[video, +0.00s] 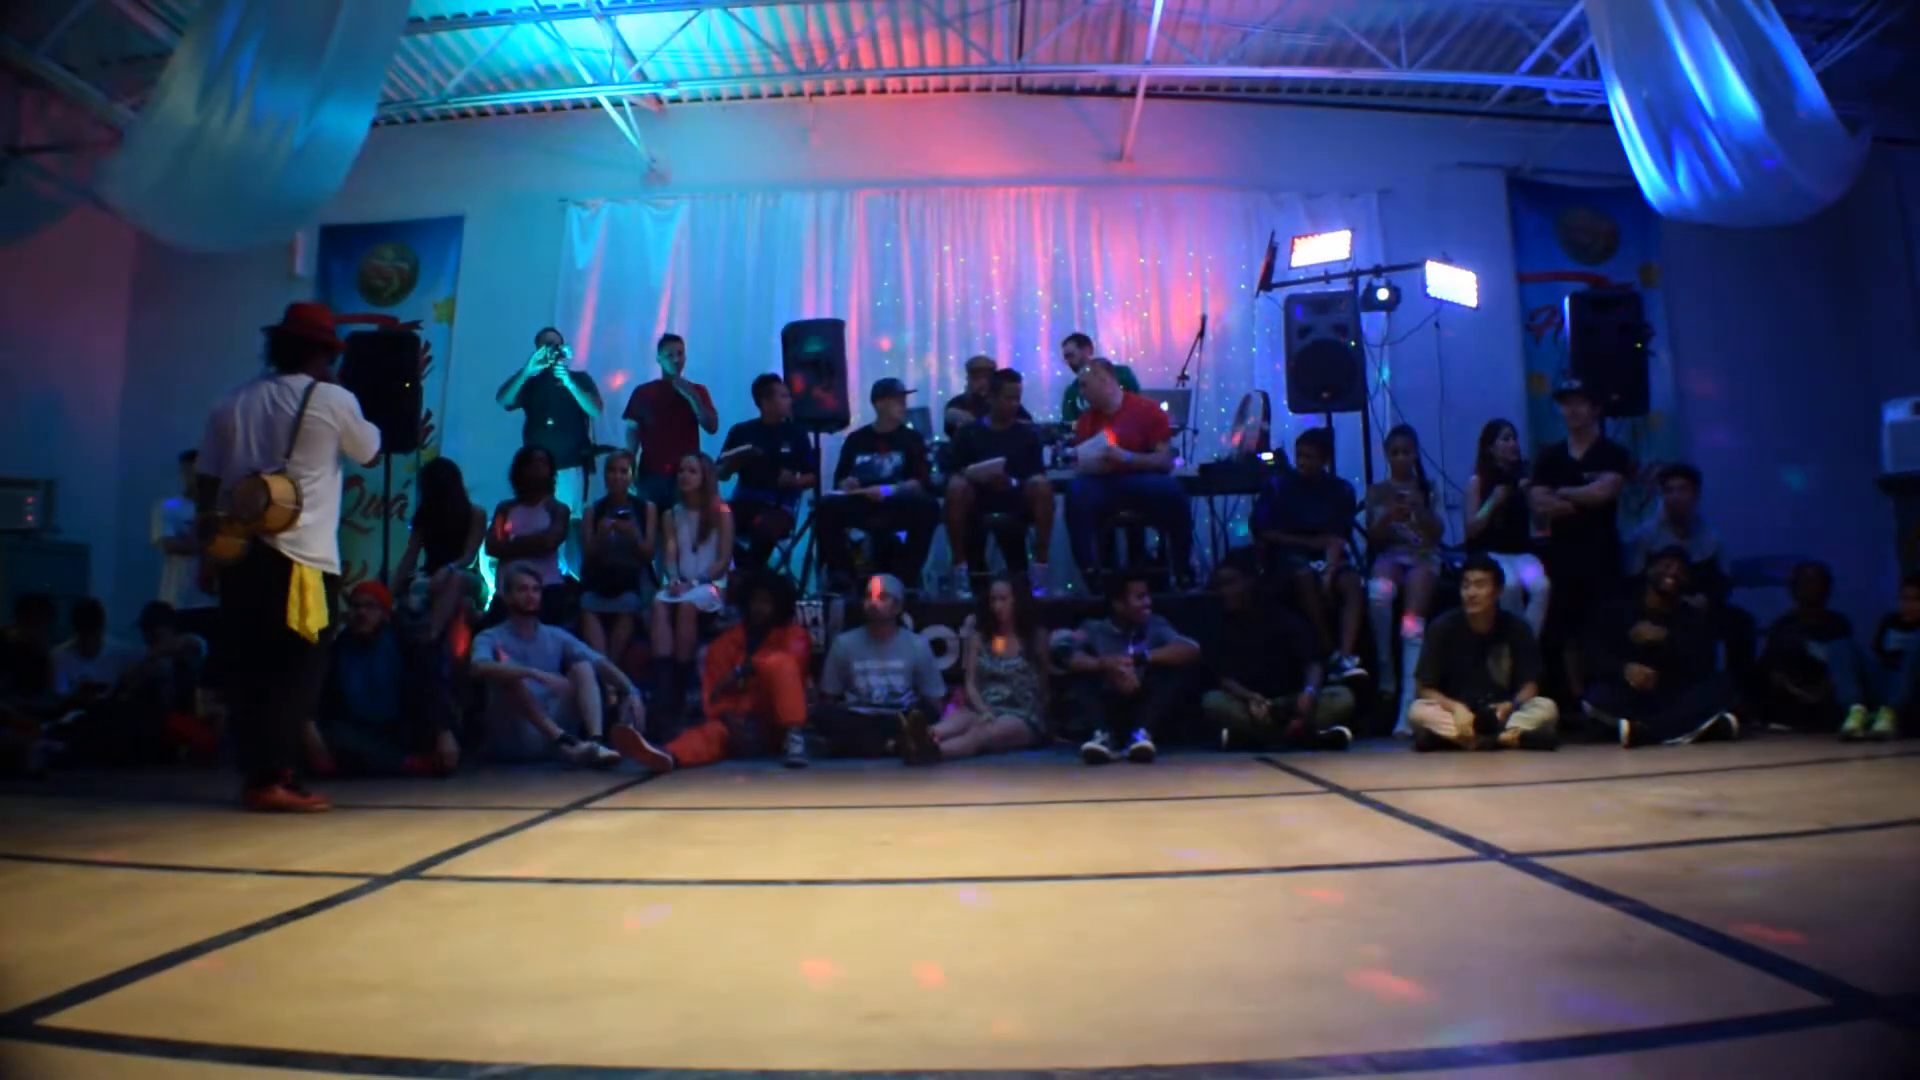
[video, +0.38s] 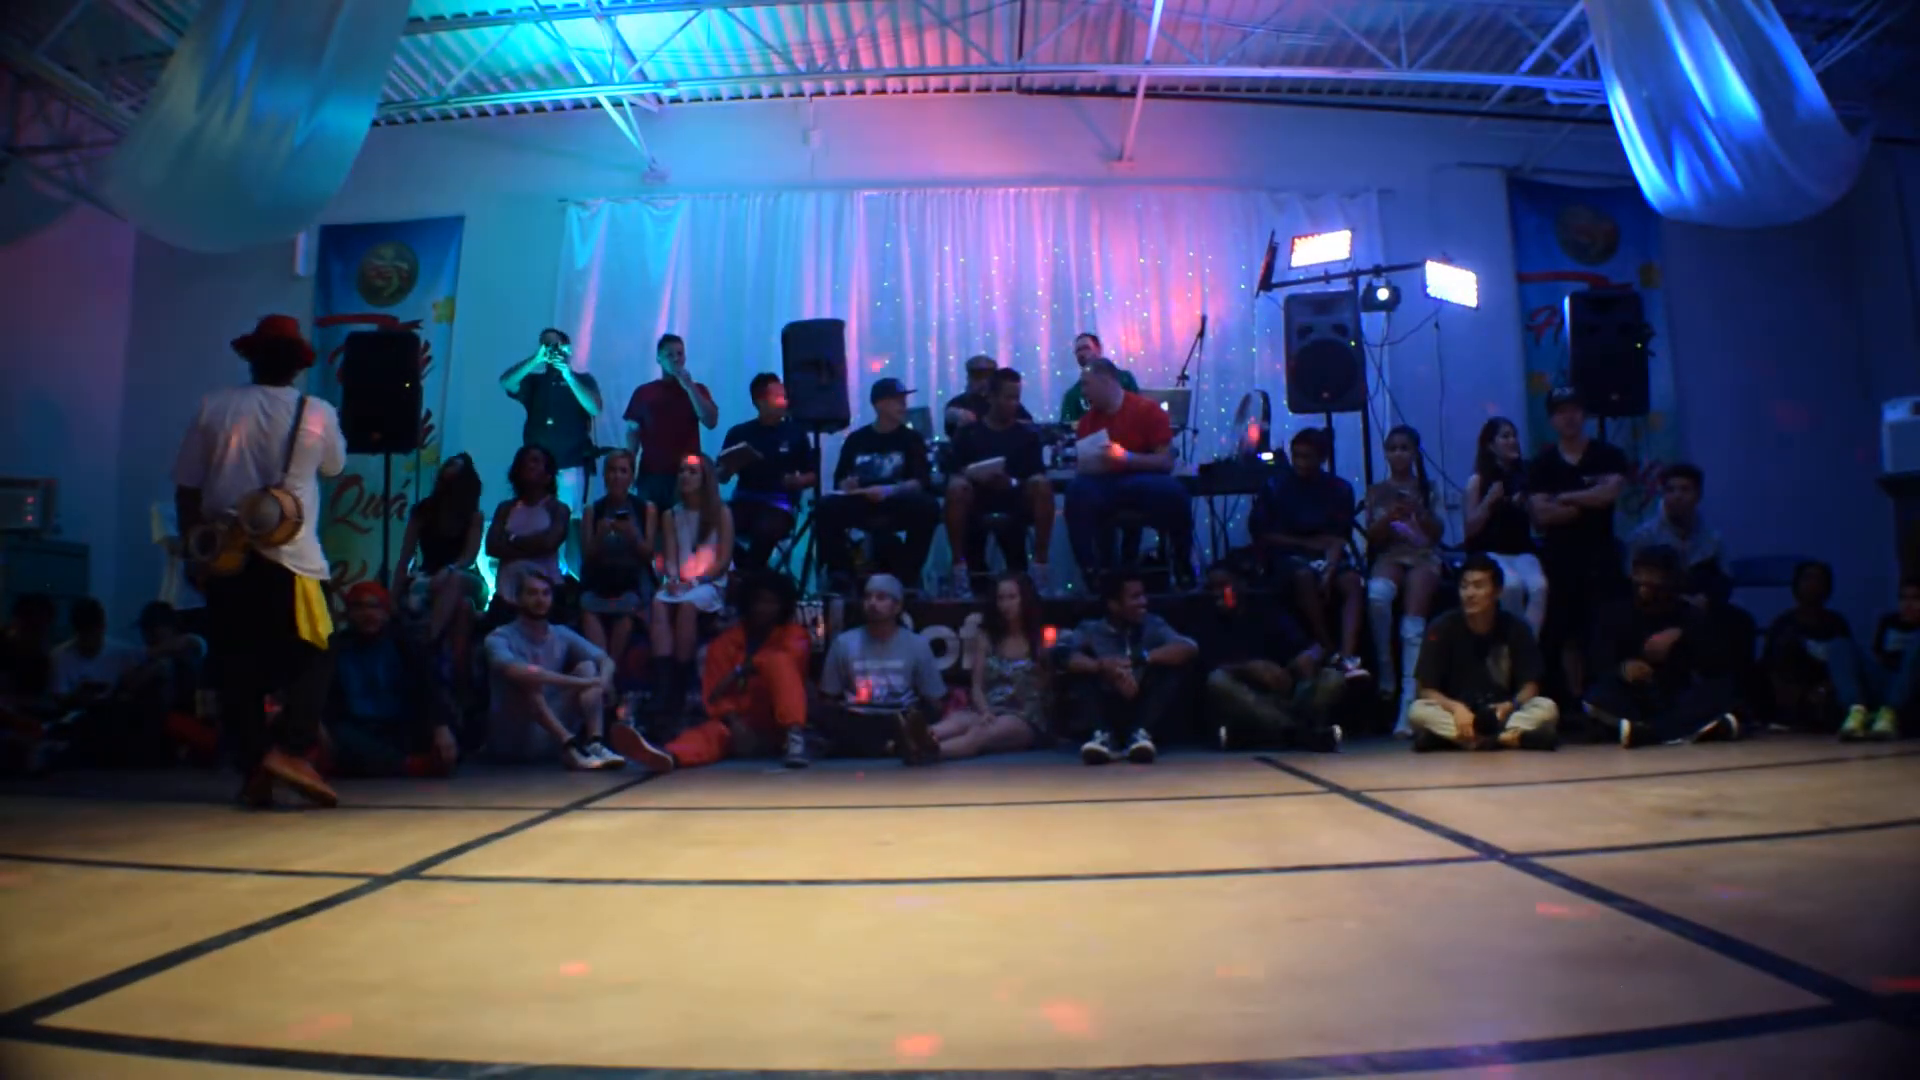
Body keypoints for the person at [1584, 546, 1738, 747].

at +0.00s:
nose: (1671, 574)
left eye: (1679, 570)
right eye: (1665, 566)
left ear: (1685, 579)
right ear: (1650, 570)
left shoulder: (1692, 616)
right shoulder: (1624, 610)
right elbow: (1597, 651)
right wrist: (1625, 669)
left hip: (1678, 689)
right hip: (1632, 689)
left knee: (1720, 687)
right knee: (1597, 697)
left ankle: (1647, 730)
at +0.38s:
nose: (1643, 593)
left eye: (1652, 586)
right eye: (1638, 585)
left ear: (1670, 585)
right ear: (1631, 582)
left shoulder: (1689, 616)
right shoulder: (1621, 616)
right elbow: (1601, 659)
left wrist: (1680, 635)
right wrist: (1623, 668)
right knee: (1598, 696)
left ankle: (1650, 731)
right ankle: (1685, 732)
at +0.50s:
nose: (1678, 497)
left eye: (1686, 490)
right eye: (1672, 490)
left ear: (1698, 497)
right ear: (1663, 494)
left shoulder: (1711, 539)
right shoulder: (1645, 536)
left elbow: (1722, 580)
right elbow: (1639, 580)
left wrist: (1706, 600)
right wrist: (1678, 600)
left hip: (1700, 608)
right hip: (1659, 606)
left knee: (1742, 622)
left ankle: (1740, 694)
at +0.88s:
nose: (1678, 497)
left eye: (1686, 490)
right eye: (1672, 490)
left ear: (1698, 497)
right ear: (1663, 495)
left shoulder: (1709, 537)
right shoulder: (1645, 537)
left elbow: (1722, 579)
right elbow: (1638, 583)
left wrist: (1704, 600)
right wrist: (1675, 600)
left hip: (1700, 609)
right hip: (1661, 609)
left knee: (1741, 623)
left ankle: (1738, 700)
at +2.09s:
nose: (1674, 498)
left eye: (1683, 491)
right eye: (1669, 491)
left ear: (1695, 497)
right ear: (1662, 497)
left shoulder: (1708, 540)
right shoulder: (1646, 536)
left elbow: (1720, 583)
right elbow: (1636, 582)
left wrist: (1703, 601)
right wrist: (1674, 600)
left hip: (1698, 611)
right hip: (1658, 609)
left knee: (1740, 623)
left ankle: (1735, 708)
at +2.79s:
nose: (1674, 499)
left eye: (1682, 492)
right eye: (1669, 492)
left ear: (1696, 497)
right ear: (1662, 496)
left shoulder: (1708, 539)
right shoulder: (1649, 536)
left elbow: (1720, 582)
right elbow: (1643, 580)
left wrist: (1705, 600)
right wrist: (1673, 598)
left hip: (1701, 608)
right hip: (1662, 607)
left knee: (1740, 622)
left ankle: (1738, 701)